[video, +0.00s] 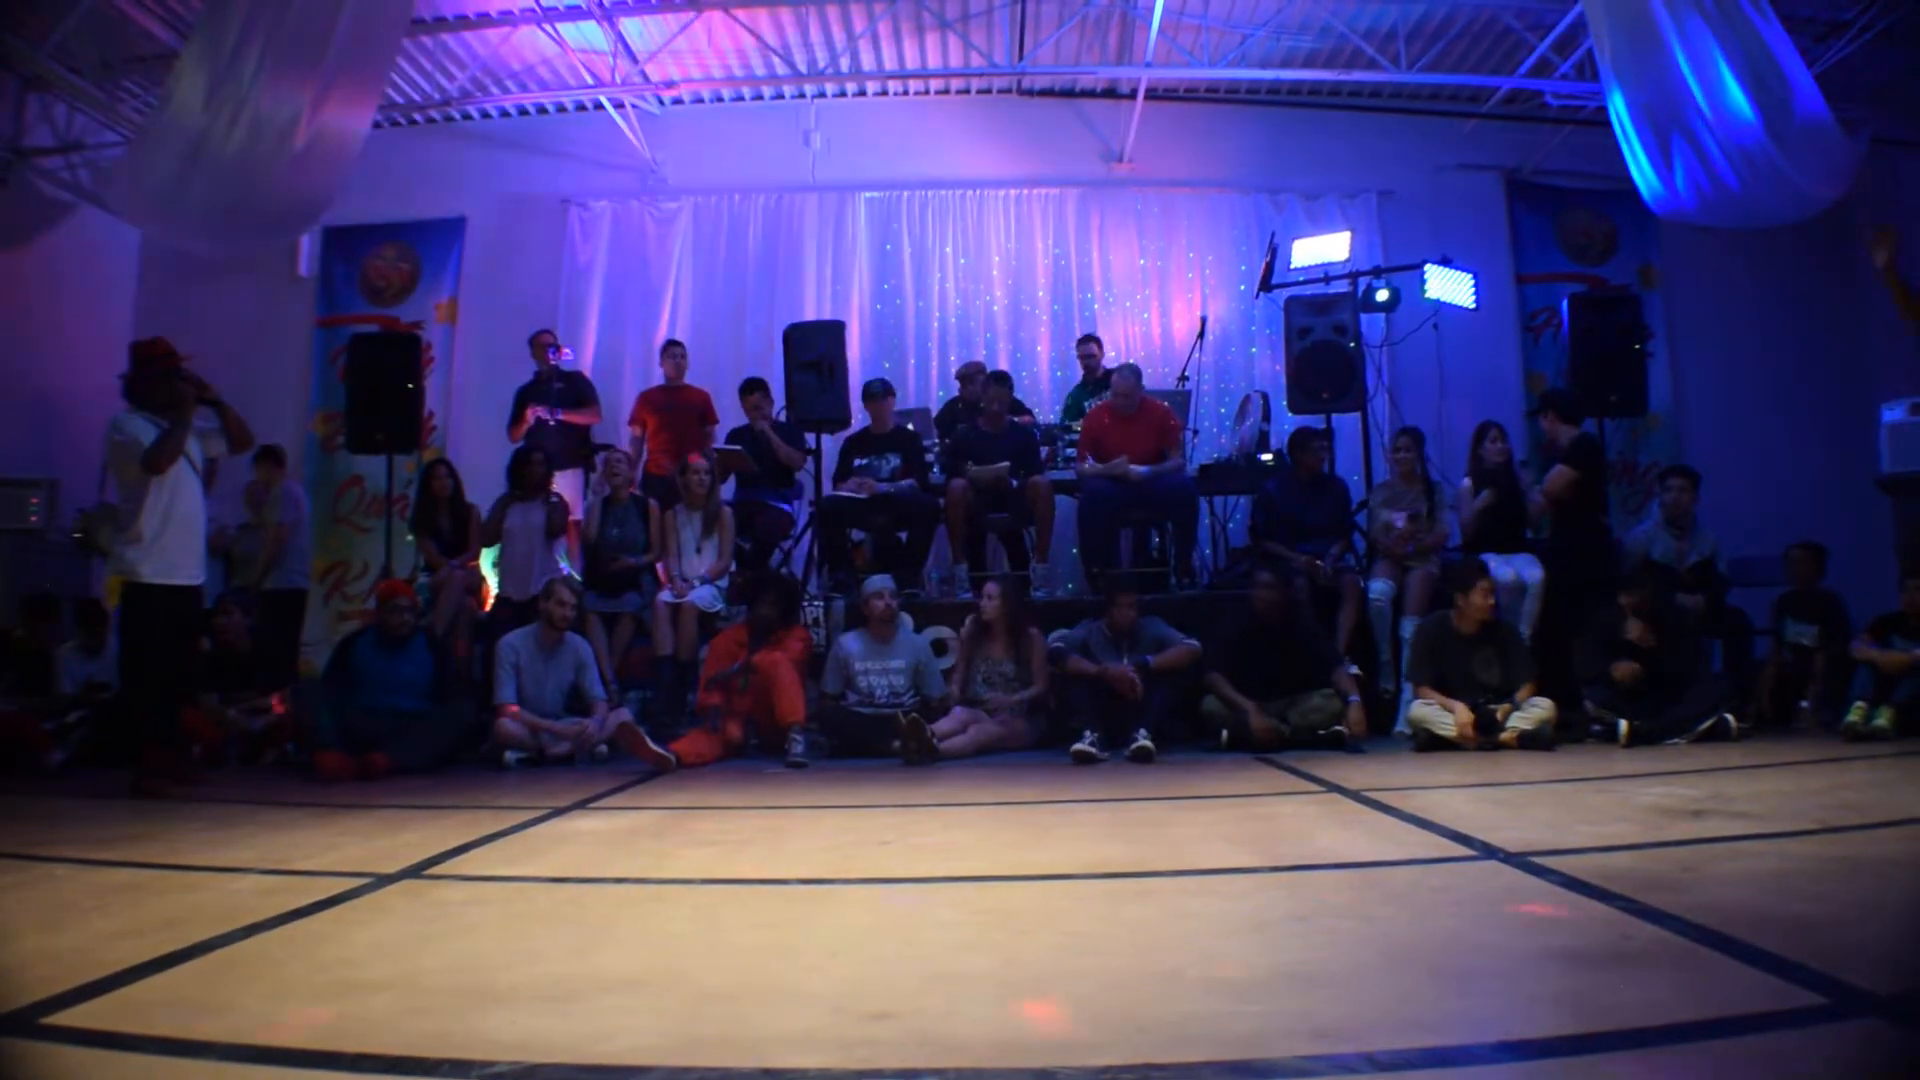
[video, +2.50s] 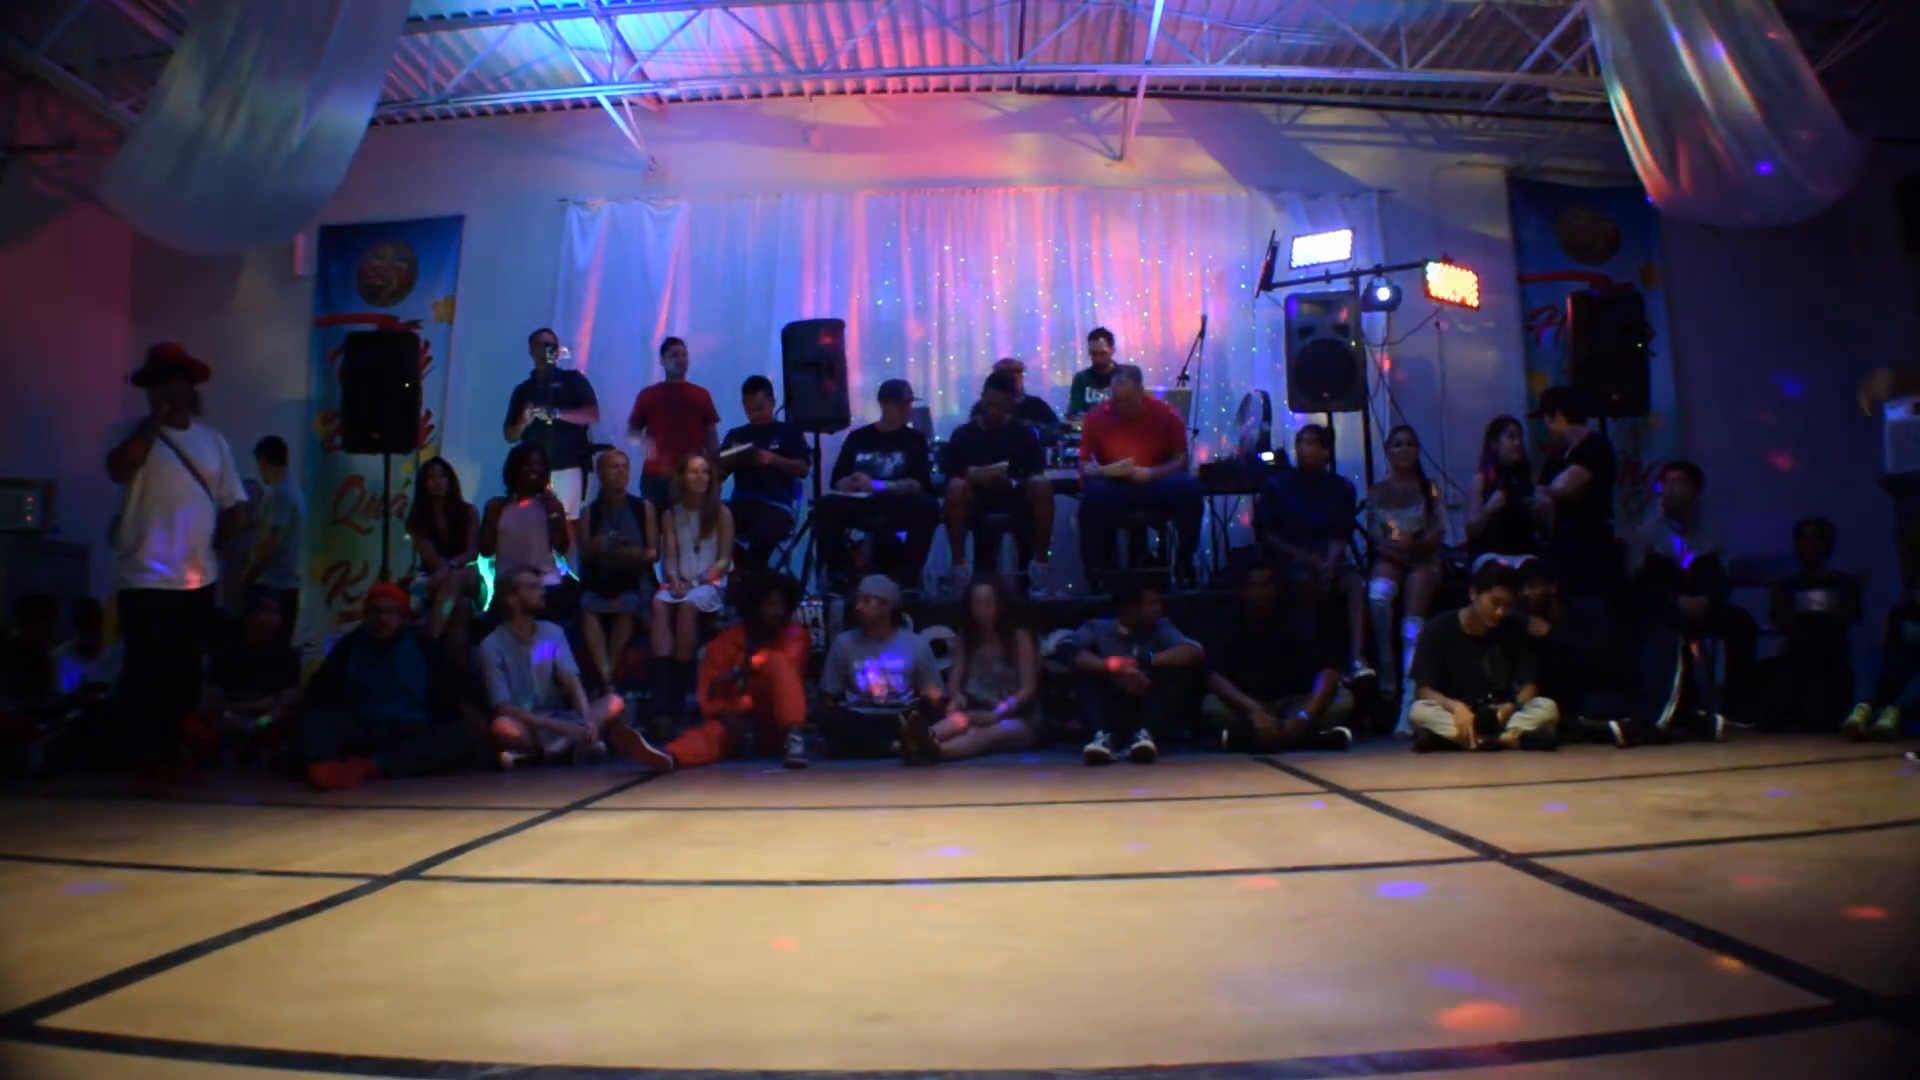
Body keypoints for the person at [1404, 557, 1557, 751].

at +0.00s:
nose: (1492, 602)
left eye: (1491, 595)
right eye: (1484, 595)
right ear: (1461, 599)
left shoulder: (1503, 630)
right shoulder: (1433, 630)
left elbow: (1528, 684)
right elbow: (1421, 689)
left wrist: (1509, 707)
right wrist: (1457, 707)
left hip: (1498, 704)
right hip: (1454, 707)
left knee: (1545, 707)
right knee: (1418, 711)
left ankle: (1466, 743)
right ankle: (1506, 739)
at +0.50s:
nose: (1472, 595)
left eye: (1480, 588)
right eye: (1465, 587)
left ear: (1489, 594)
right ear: (1451, 591)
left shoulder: (1505, 631)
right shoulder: (1432, 630)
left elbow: (1528, 687)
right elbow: (1422, 689)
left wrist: (1508, 708)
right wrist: (1457, 707)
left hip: (1499, 707)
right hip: (1455, 709)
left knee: (1547, 707)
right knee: (1418, 712)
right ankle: (1507, 740)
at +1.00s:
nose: (1495, 590)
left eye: (1495, 584)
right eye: (1488, 583)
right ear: (1464, 589)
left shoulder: (1507, 626)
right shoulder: (1436, 628)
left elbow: (1529, 684)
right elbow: (1423, 690)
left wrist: (1511, 707)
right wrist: (1457, 708)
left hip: (1500, 706)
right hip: (1458, 708)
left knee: (1546, 707)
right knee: (1419, 711)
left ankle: (1468, 743)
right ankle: (1506, 740)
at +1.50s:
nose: (1492, 605)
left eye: (1495, 597)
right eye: (1485, 596)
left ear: (1500, 596)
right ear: (1463, 594)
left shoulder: (1505, 627)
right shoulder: (1434, 628)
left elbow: (1528, 686)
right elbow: (1423, 690)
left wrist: (1511, 706)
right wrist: (1457, 707)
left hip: (1499, 707)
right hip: (1456, 710)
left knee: (1547, 707)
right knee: (1419, 712)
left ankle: (1470, 743)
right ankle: (1508, 740)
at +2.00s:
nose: (1499, 612)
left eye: (1505, 606)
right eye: (1494, 603)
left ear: (1511, 606)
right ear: (1472, 596)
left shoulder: (1510, 630)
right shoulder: (1438, 629)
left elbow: (1528, 686)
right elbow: (1423, 690)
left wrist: (1508, 707)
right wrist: (1456, 707)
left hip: (1499, 706)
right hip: (1457, 710)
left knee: (1546, 707)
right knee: (1418, 711)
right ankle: (1505, 740)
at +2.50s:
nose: (1500, 612)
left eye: (1506, 606)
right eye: (1495, 603)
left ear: (1512, 606)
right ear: (1474, 595)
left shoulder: (1512, 630)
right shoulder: (1439, 629)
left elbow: (1530, 686)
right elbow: (1424, 690)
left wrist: (1509, 708)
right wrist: (1457, 707)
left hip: (1501, 707)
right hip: (1459, 711)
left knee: (1547, 707)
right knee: (1419, 711)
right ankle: (1505, 741)